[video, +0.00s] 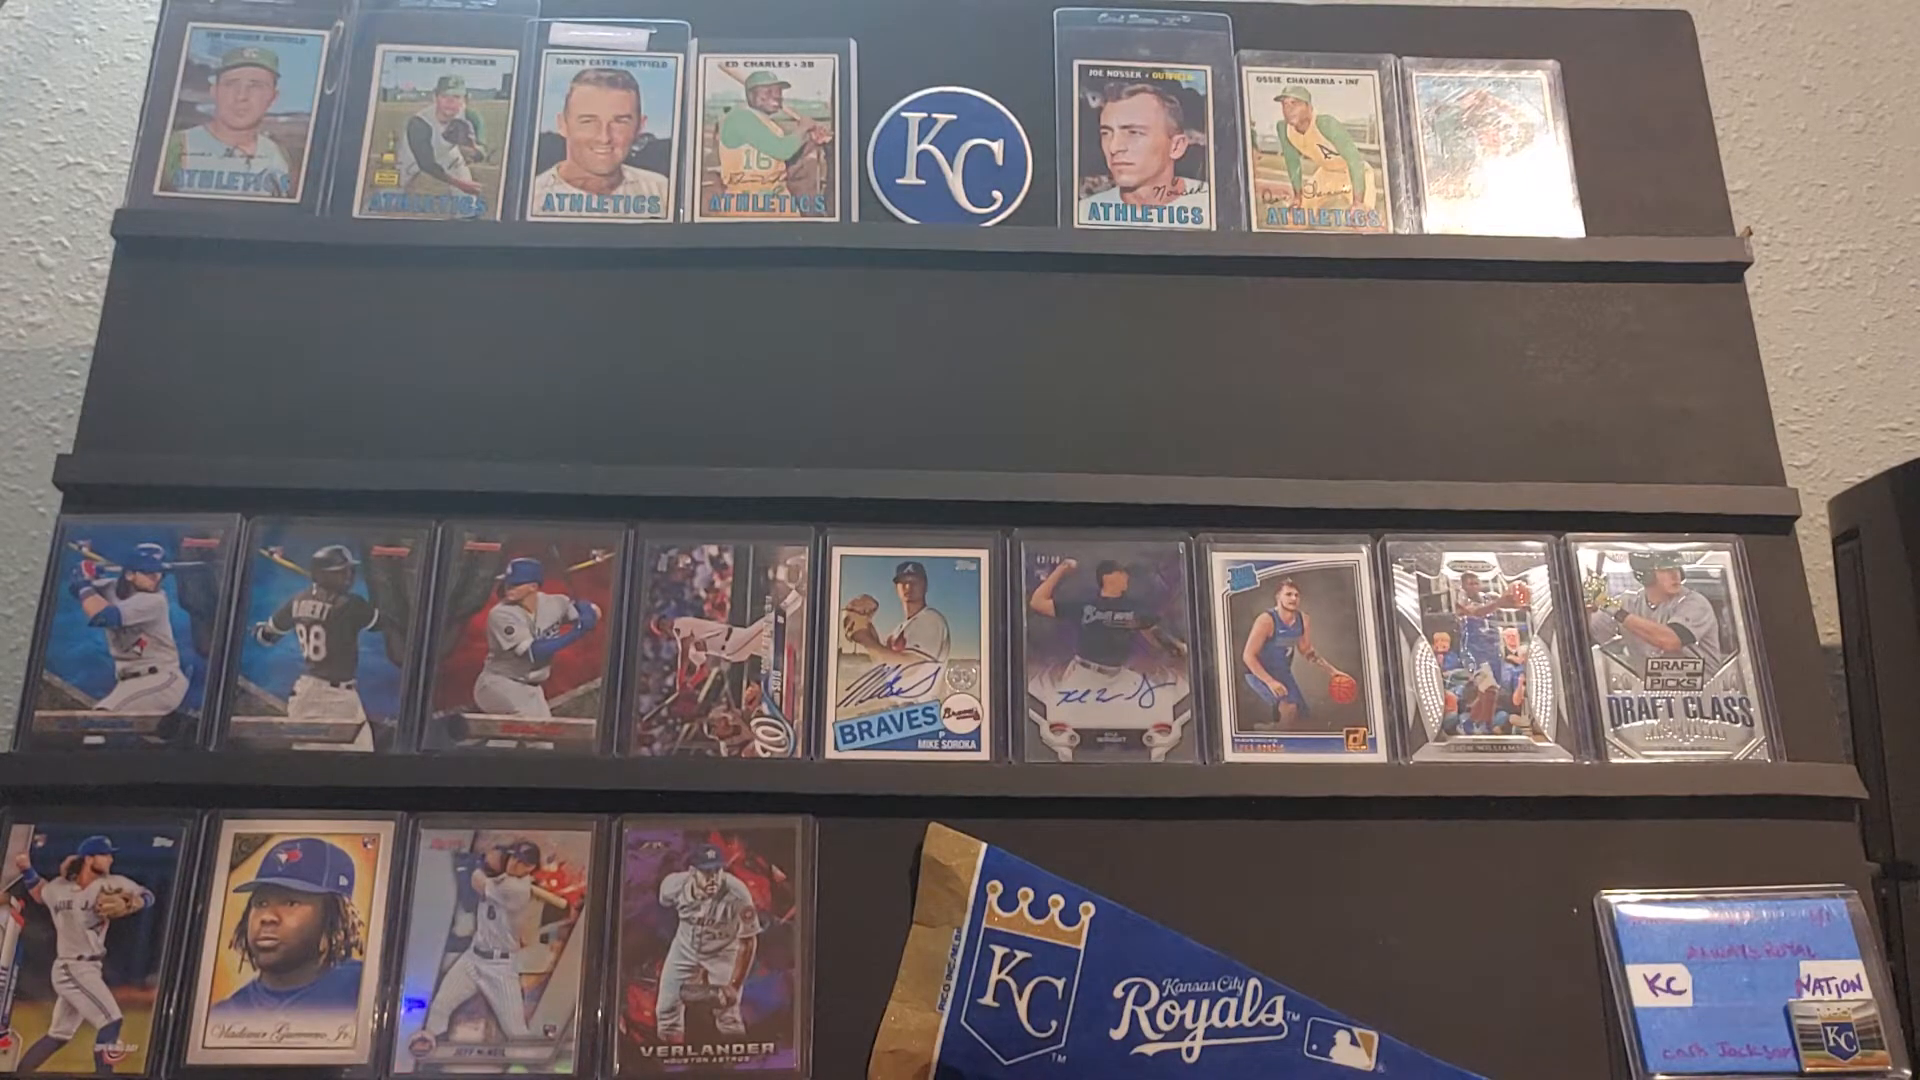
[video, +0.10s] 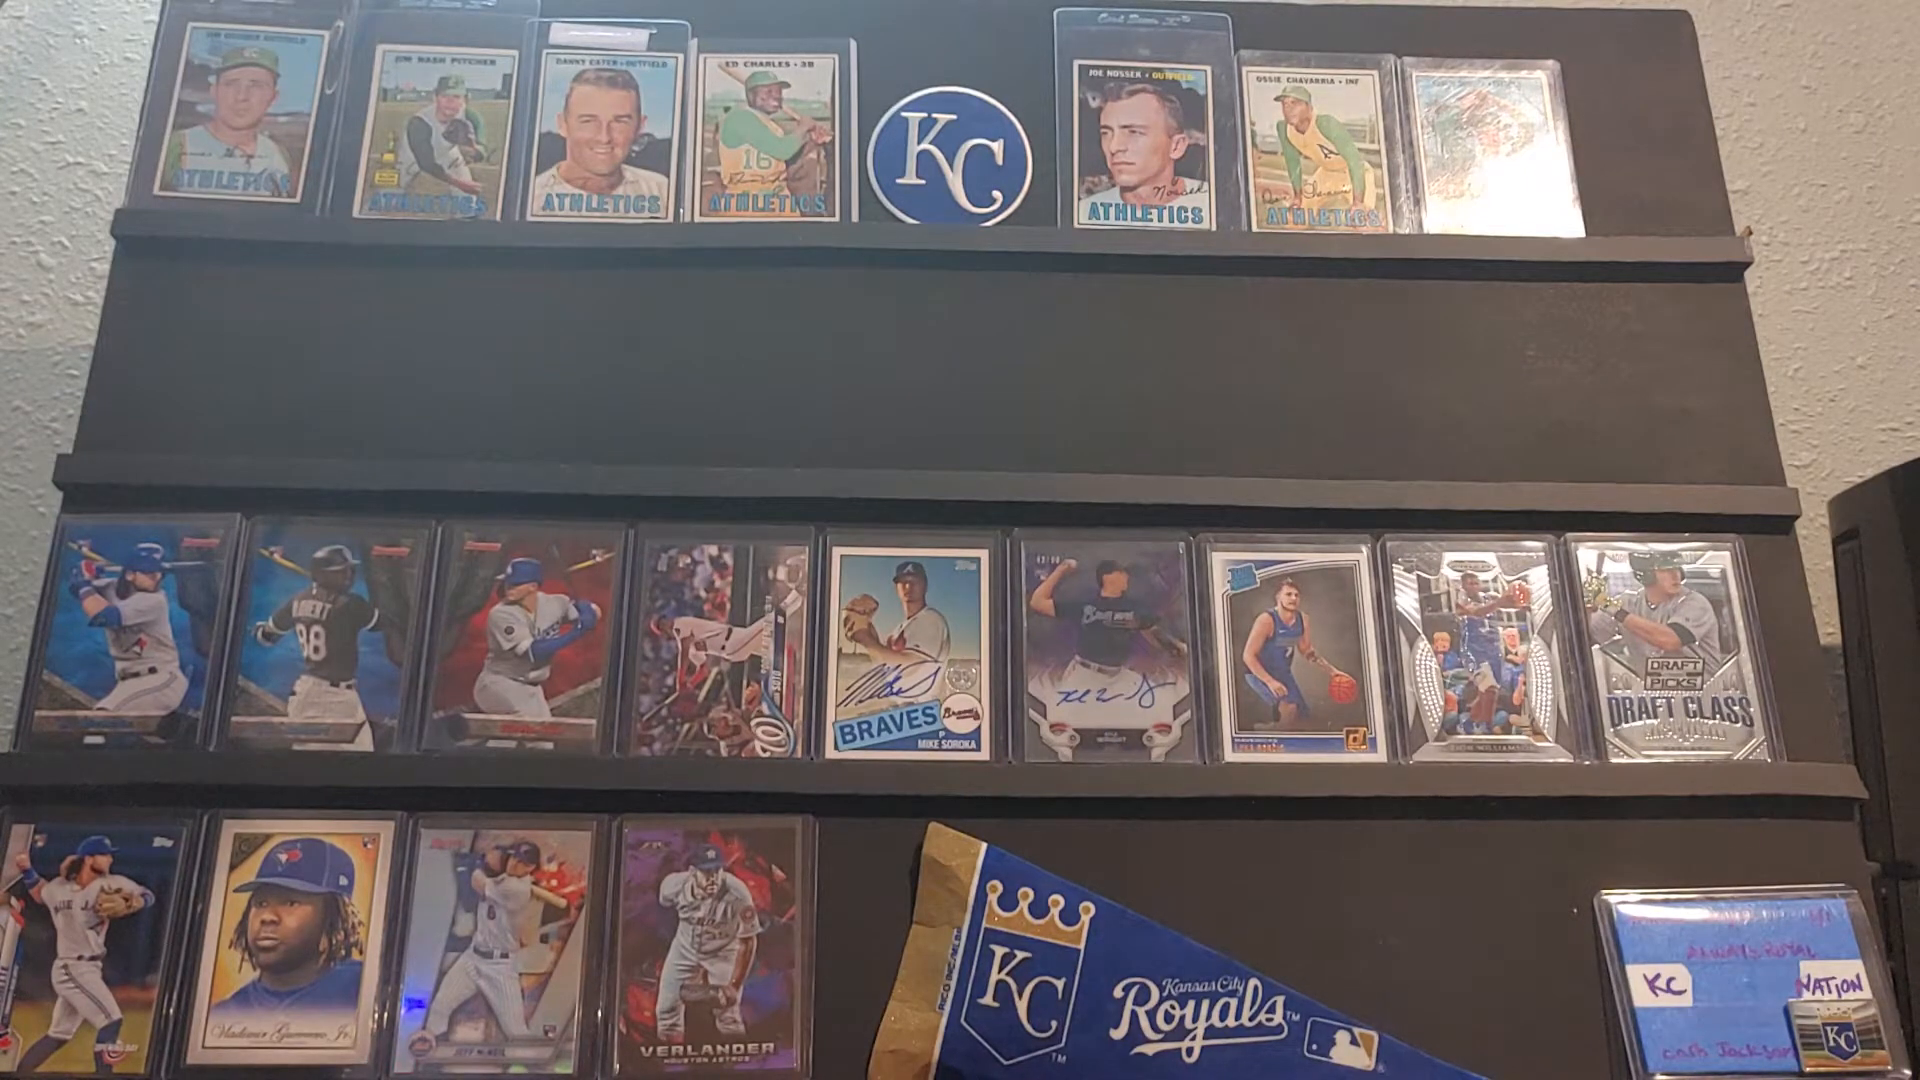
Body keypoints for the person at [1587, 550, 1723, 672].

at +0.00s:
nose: (1677, 575)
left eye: (1678, 568)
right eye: (1667, 569)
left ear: (1682, 571)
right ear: (1645, 574)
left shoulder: (1696, 604)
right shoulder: (1628, 603)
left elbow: (1671, 641)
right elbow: (1585, 636)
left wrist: (1620, 614)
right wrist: (1584, 610)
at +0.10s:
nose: (1677, 576)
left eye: (1678, 569)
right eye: (1667, 569)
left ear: (1682, 571)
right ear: (1645, 574)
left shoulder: (1696, 604)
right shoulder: (1628, 603)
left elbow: (1671, 641)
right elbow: (1587, 637)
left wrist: (1620, 614)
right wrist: (1585, 610)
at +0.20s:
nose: (1677, 576)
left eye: (1678, 568)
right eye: (1667, 569)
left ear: (1682, 571)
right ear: (1645, 574)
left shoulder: (1696, 604)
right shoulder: (1628, 604)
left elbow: (1671, 641)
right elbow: (1586, 637)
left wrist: (1620, 614)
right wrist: (1585, 610)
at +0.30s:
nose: (1677, 576)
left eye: (1678, 569)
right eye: (1667, 569)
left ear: (1682, 571)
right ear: (1645, 574)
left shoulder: (1696, 604)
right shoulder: (1628, 603)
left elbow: (1671, 641)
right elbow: (1587, 637)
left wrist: (1620, 614)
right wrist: (1585, 610)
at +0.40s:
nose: (1677, 576)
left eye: (1678, 569)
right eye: (1667, 569)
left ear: (1682, 571)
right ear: (1645, 574)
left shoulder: (1696, 604)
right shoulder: (1628, 603)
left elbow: (1671, 641)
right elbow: (1587, 637)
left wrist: (1620, 614)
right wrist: (1585, 610)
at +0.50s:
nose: (1677, 576)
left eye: (1678, 569)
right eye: (1667, 569)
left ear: (1682, 571)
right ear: (1645, 573)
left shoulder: (1696, 604)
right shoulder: (1628, 603)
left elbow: (1671, 641)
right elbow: (1587, 636)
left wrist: (1620, 614)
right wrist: (1585, 610)